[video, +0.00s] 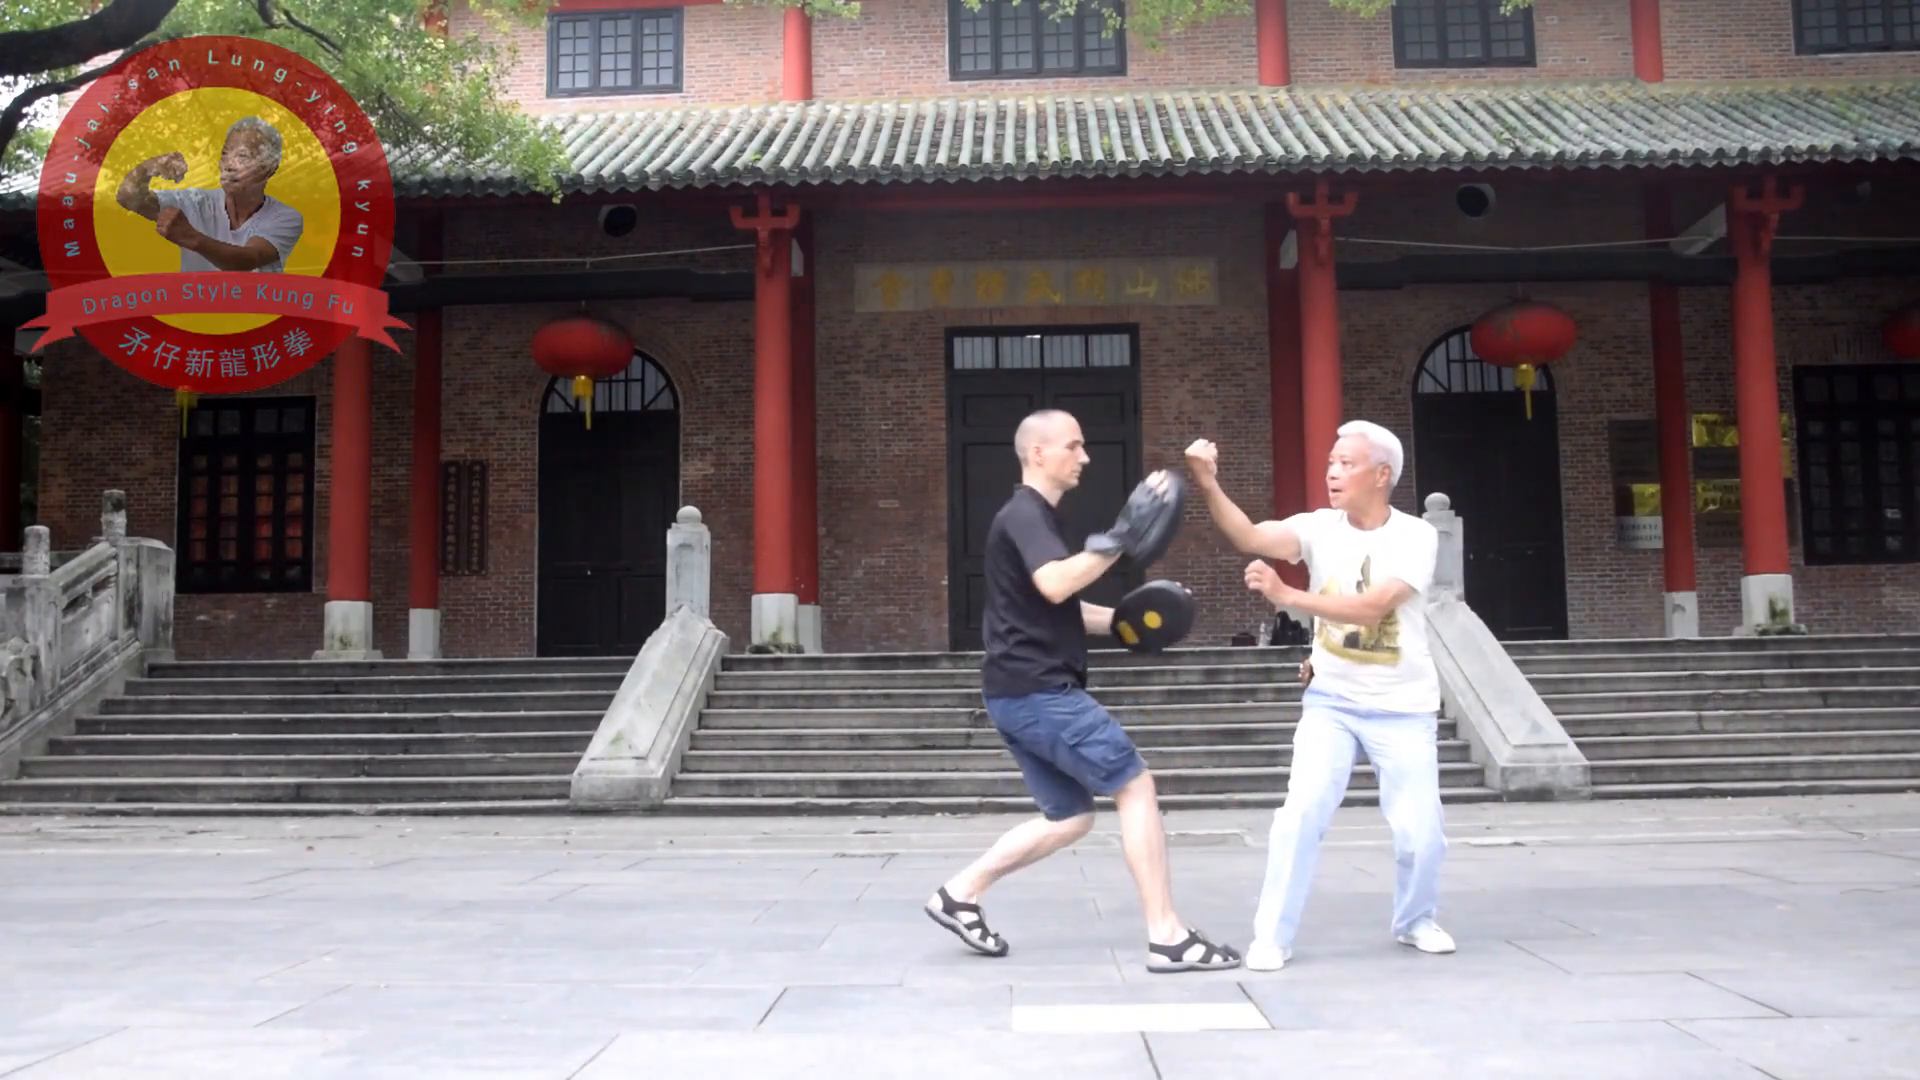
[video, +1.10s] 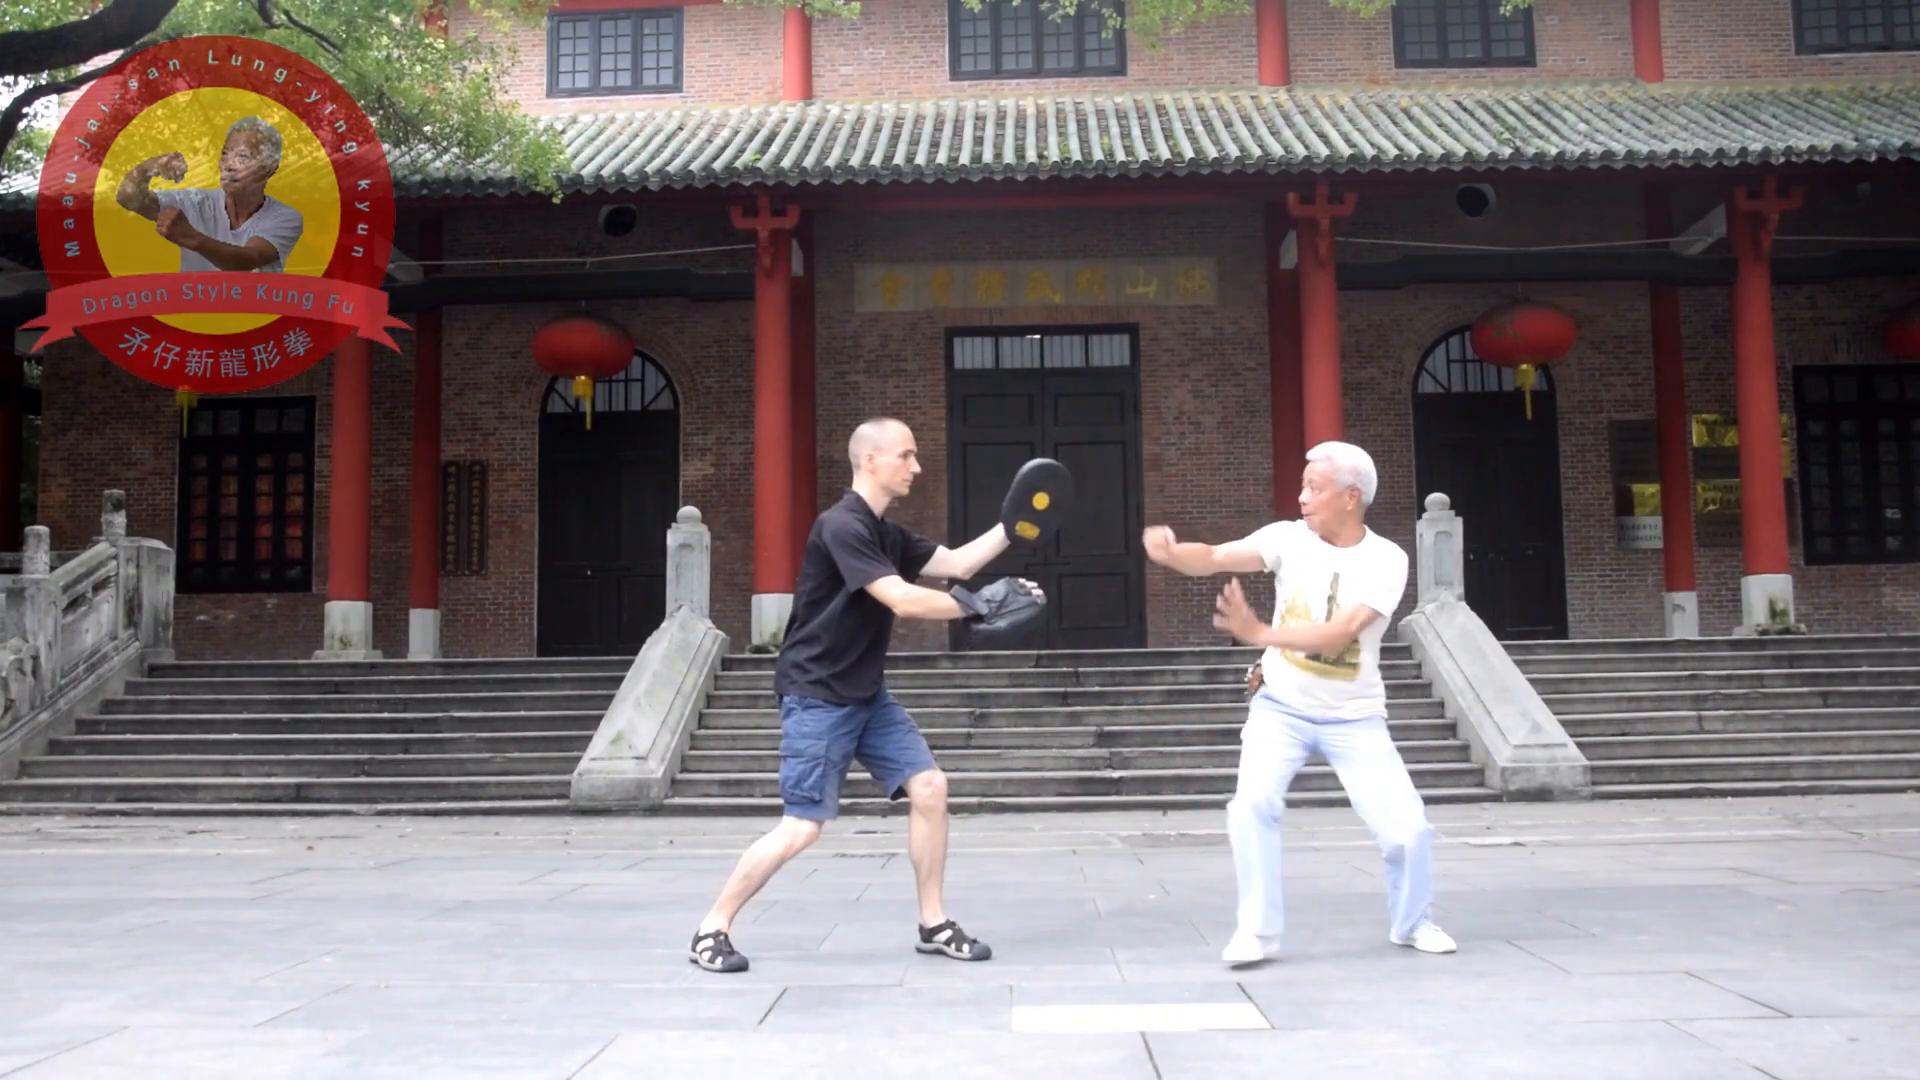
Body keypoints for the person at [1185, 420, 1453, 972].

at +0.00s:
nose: (1331, 473)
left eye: (1344, 464)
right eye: (1331, 463)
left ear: (1382, 476)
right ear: (1334, 470)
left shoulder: (1416, 536)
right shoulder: (1321, 528)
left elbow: (1370, 608)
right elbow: (1250, 537)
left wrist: (1283, 595)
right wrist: (1210, 485)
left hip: (1403, 708)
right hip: (1330, 701)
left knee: (1420, 831)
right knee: (1303, 811)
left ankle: (1418, 920)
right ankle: (1270, 938)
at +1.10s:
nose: (1302, 498)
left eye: (1313, 488)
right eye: (1302, 487)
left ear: (1351, 498)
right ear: (1339, 496)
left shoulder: (1387, 559)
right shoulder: (1288, 537)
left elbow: (1340, 635)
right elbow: (1217, 558)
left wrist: (1258, 633)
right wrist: (1168, 552)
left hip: (1355, 717)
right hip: (1279, 709)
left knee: (1409, 830)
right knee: (1252, 805)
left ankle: (1412, 923)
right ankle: (1256, 932)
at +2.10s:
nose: (985, 472)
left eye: (989, 463)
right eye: (987, 462)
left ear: (1009, 470)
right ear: (1048, 471)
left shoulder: (996, 525)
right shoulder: (1082, 510)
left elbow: (951, 596)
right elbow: (1009, 499)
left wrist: (940, 556)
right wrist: (951, 478)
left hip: (1047, 697)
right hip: (1119, 696)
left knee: (1030, 841)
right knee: (1035, 823)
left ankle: (1079, 980)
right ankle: (1035, 952)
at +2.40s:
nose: (971, 466)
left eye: (976, 456)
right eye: (974, 456)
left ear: (997, 464)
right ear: (1034, 467)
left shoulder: (983, 519)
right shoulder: (1069, 510)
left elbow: (933, 588)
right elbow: (999, 502)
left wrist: (919, 558)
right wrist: (937, 480)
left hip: (1034, 699)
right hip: (1102, 697)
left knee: (1020, 845)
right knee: (1026, 826)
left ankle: (1079, 981)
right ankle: (1034, 952)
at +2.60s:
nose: (953, 468)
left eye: (957, 457)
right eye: (955, 457)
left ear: (982, 463)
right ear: (1015, 465)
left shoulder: (967, 517)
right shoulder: (1052, 507)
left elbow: (913, 583)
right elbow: (979, 500)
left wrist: (895, 552)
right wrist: (918, 479)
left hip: (1027, 698)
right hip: (1096, 693)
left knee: (1016, 844)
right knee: (1029, 822)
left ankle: (1077, 977)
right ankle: (1036, 952)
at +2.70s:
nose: (942, 467)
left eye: (947, 456)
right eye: (944, 456)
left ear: (971, 461)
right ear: (1004, 464)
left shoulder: (956, 515)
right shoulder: (1040, 505)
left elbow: (900, 579)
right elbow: (967, 498)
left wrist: (881, 547)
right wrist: (908, 476)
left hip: (1024, 697)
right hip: (1090, 691)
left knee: (1004, 840)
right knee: (1032, 823)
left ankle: (1074, 971)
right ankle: (1044, 949)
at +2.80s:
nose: (931, 469)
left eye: (936, 459)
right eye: (934, 458)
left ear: (960, 465)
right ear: (993, 469)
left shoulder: (941, 519)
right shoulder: (1028, 509)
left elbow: (888, 584)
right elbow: (957, 500)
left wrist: (866, 551)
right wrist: (899, 478)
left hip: (1013, 701)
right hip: (1077, 694)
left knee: (1002, 851)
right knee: (1021, 828)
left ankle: (1079, 970)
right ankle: (1038, 950)